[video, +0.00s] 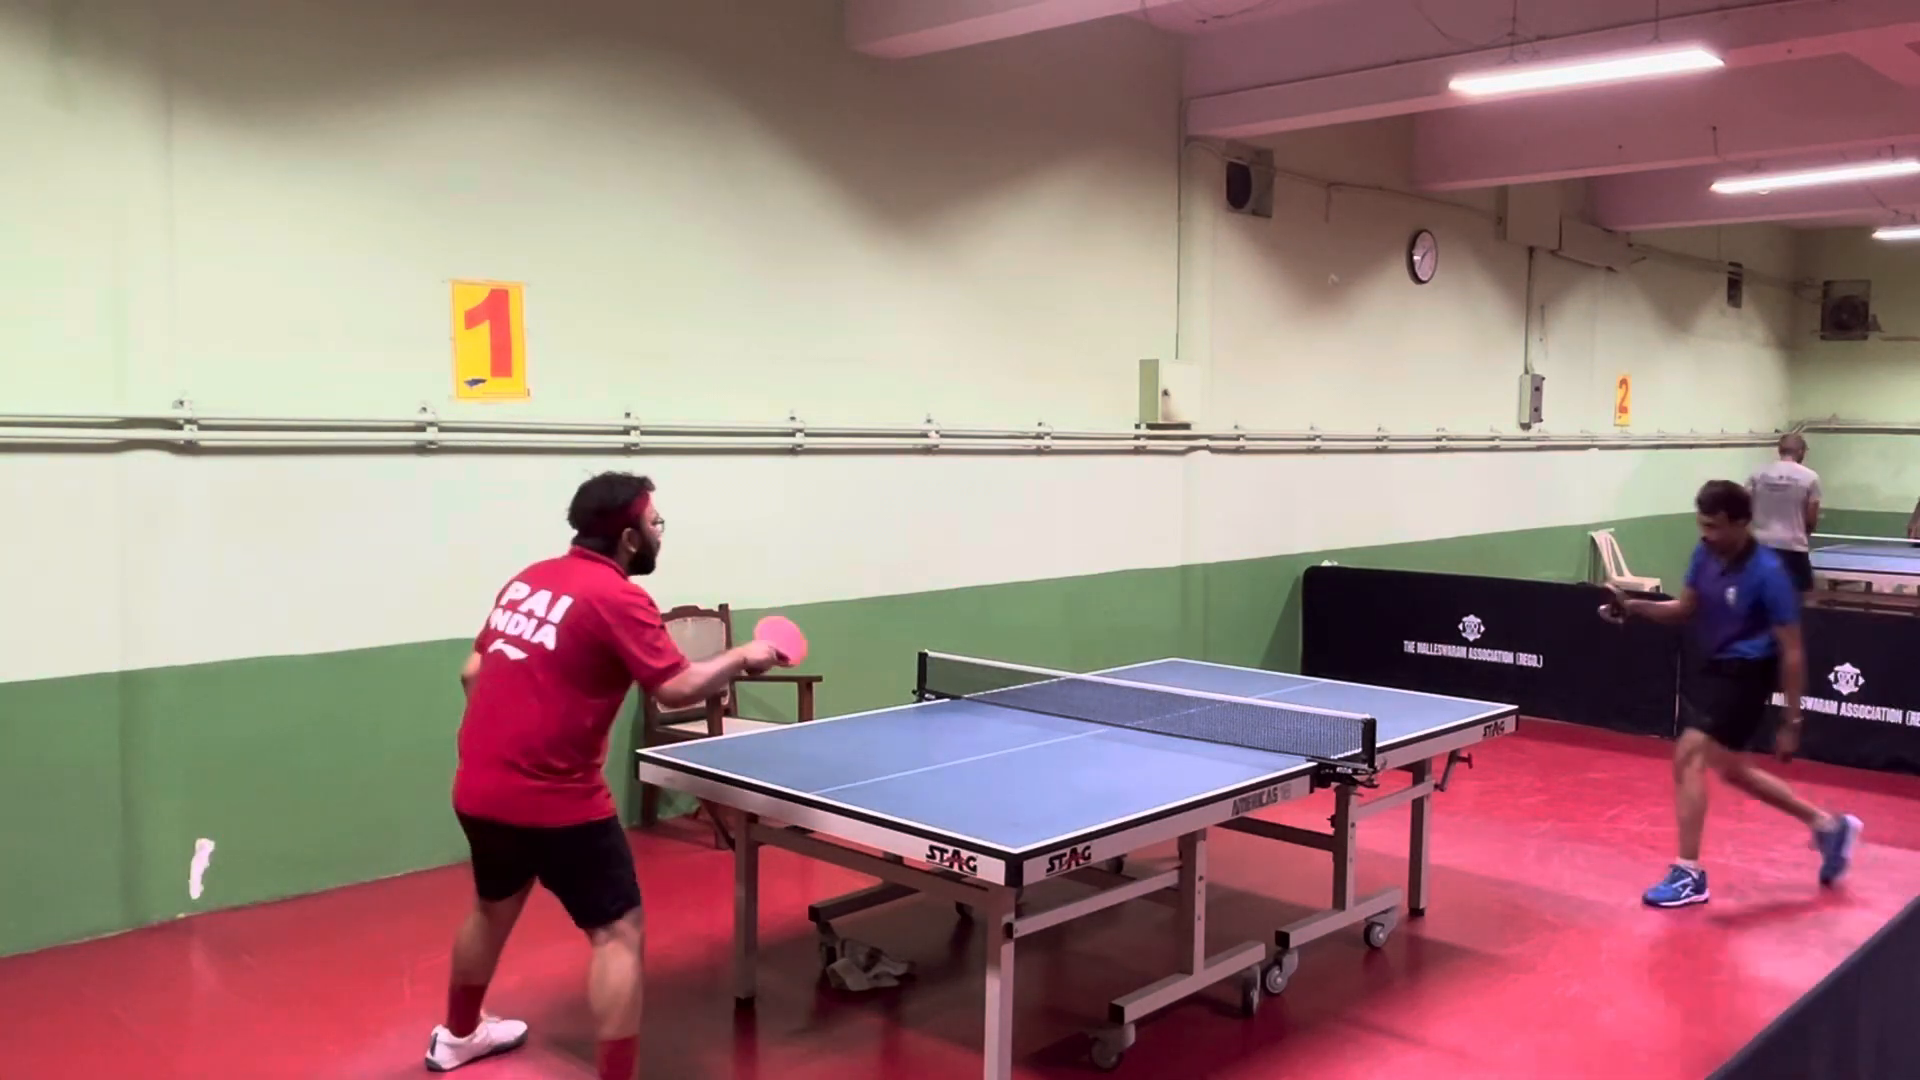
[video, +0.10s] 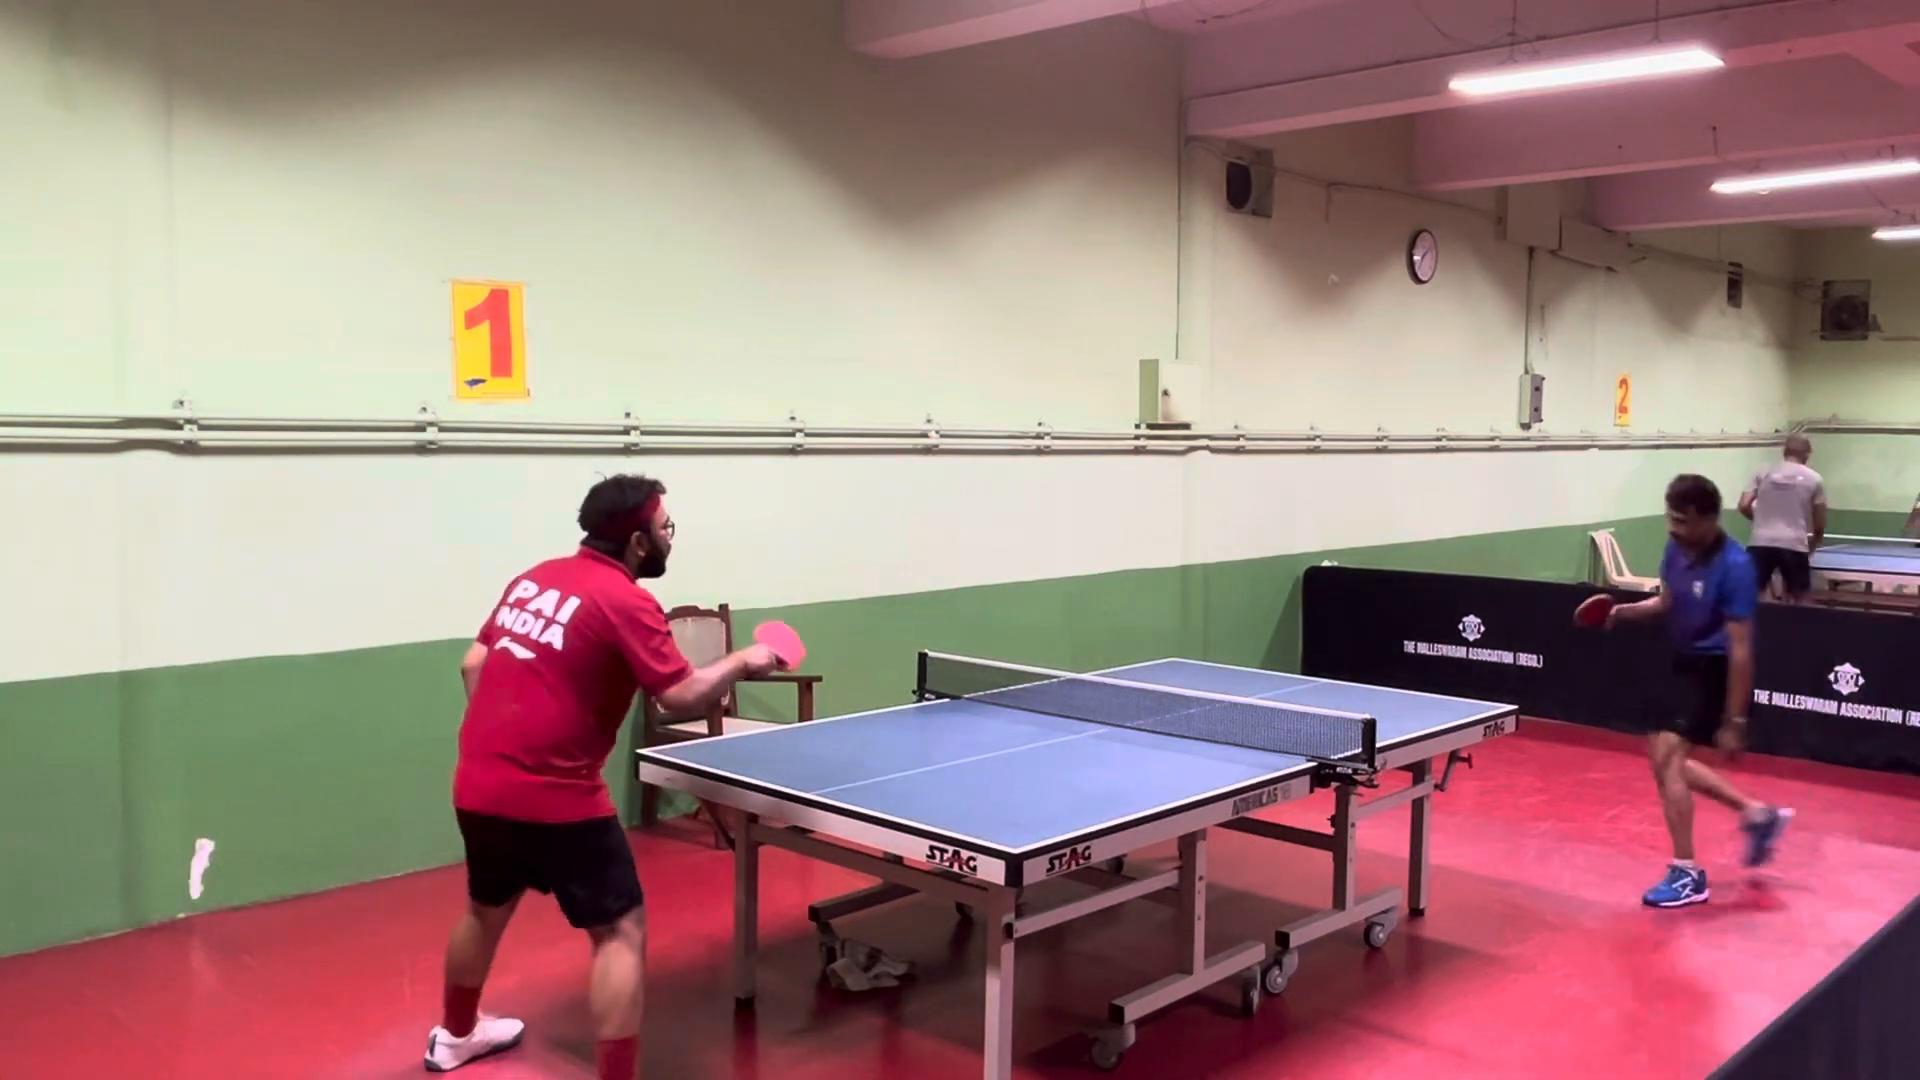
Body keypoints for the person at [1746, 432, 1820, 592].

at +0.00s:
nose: (1804, 455)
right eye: (1804, 451)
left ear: (1779, 451)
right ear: (1802, 452)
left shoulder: (1759, 473)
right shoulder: (1810, 477)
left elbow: (1746, 505)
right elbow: (1811, 518)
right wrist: (1804, 533)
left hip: (1761, 542)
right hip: (1792, 544)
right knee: (1795, 599)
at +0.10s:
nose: (1808, 456)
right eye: (1808, 453)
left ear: (1784, 451)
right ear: (1806, 454)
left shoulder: (1764, 472)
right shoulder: (1814, 479)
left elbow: (1744, 505)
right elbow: (1819, 524)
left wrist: (1761, 520)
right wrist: (1812, 546)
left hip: (1761, 544)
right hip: (1794, 546)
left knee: (1749, 598)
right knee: (1799, 600)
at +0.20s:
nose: (1815, 460)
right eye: (1814, 457)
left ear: (1792, 455)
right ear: (1813, 457)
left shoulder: (1772, 472)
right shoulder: (1819, 482)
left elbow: (1750, 504)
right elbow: (1829, 520)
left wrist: (1765, 520)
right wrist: (1831, 545)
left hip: (1763, 543)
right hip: (1796, 546)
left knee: (1756, 597)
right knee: (1801, 600)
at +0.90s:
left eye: (1792, 456)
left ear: (1791, 454)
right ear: (1812, 458)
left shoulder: (1778, 469)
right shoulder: (1827, 482)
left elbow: (1766, 499)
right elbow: (1824, 524)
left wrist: (1760, 520)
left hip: (1776, 538)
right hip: (1808, 542)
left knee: (1754, 592)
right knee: (1810, 600)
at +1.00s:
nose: (1784, 459)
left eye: (1783, 456)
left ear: (1783, 455)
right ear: (1802, 457)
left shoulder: (1772, 471)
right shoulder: (1818, 482)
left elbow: (1760, 501)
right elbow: (1817, 521)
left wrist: (1749, 520)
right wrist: (1808, 530)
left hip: (1769, 540)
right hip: (1801, 545)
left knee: (1751, 593)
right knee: (1805, 600)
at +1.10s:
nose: (1769, 459)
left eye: (1770, 456)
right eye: (1771, 456)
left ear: (1772, 455)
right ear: (1791, 456)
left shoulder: (1761, 472)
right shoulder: (1807, 481)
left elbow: (1750, 503)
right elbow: (1806, 513)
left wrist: (1738, 520)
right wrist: (1802, 526)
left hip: (1760, 542)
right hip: (1791, 546)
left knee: (1743, 594)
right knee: (1796, 599)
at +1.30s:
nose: (1748, 456)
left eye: (1748, 452)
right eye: (1748, 452)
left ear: (1750, 452)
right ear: (1769, 451)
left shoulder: (1744, 472)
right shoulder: (1789, 477)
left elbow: (1734, 504)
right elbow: (1791, 514)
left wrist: (1723, 517)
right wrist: (1786, 523)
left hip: (1744, 545)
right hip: (1775, 546)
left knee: (1735, 597)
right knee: (1781, 599)